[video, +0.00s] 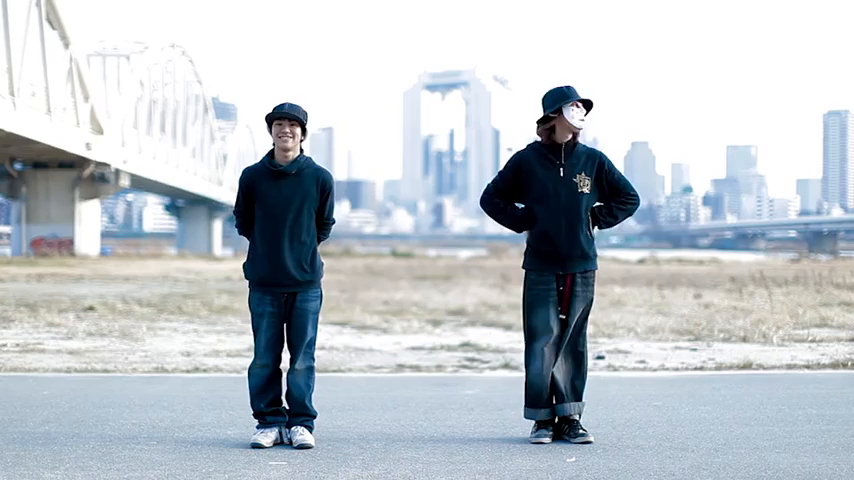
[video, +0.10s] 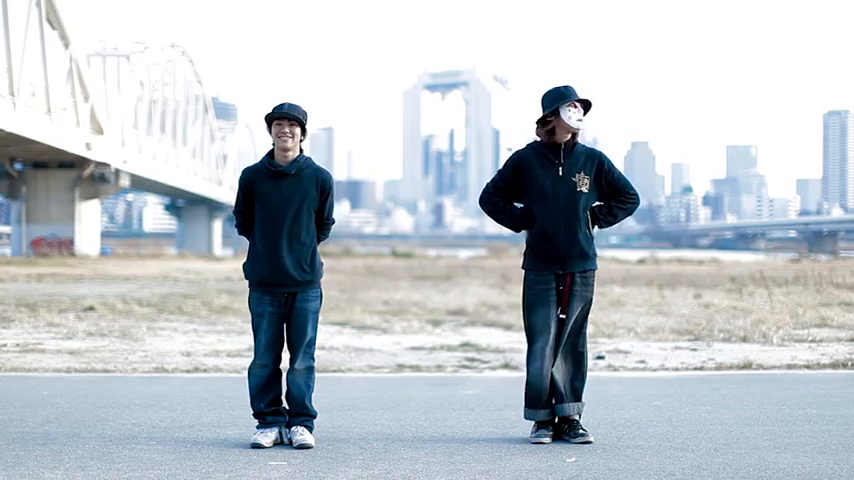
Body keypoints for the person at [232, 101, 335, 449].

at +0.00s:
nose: (286, 134)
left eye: (292, 128)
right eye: (280, 128)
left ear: (302, 134)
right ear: (271, 132)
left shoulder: (320, 178)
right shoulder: (251, 176)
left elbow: (324, 227)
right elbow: (243, 223)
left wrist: (299, 244)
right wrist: (269, 243)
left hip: (306, 279)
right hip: (264, 279)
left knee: (302, 355)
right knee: (265, 355)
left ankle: (300, 424)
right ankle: (268, 424)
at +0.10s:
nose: (285, 134)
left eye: (292, 129)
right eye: (279, 128)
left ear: (302, 135)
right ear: (270, 133)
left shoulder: (320, 178)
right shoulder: (251, 176)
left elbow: (323, 227)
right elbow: (243, 223)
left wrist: (298, 245)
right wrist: (269, 243)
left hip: (306, 280)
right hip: (264, 280)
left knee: (302, 356)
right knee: (265, 355)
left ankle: (300, 424)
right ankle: (268, 424)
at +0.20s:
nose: (285, 134)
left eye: (291, 128)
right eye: (279, 128)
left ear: (301, 134)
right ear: (270, 132)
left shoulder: (320, 179)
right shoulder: (251, 176)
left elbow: (323, 227)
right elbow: (243, 224)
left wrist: (298, 245)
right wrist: (269, 243)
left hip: (306, 280)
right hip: (264, 280)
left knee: (302, 356)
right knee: (265, 355)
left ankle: (300, 424)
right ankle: (268, 424)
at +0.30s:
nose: (285, 134)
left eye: (291, 129)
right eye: (279, 128)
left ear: (301, 134)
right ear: (270, 133)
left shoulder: (319, 179)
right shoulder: (251, 176)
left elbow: (323, 227)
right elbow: (243, 224)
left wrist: (298, 245)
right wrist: (269, 243)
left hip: (306, 280)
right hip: (263, 280)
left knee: (302, 356)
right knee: (265, 355)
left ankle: (300, 424)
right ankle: (268, 424)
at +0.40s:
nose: (285, 134)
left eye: (291, 129)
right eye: (279, 129)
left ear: (301, 135)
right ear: (270, 133)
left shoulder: (319, 179)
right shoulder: (251, 177)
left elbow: (323, 227)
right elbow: (243, 224)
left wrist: (298, 245)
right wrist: (269, 244)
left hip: (306, 280)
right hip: (263, 280)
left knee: (302, 356)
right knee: (265, 355)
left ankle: (300, 424)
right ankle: (268, 425)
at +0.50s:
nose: (285, 135)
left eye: (291, 129)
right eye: (279, 129)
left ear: (301, 135)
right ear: (270, 133)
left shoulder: (319, 179)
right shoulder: (251, 176)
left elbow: (323, 227)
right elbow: (243, 224)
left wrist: (299, 245)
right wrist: (269, 244)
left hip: (306, 280)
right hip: (264, 280)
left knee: (302, 355)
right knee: (265, 355)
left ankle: (300, 424)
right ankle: (269, 425)